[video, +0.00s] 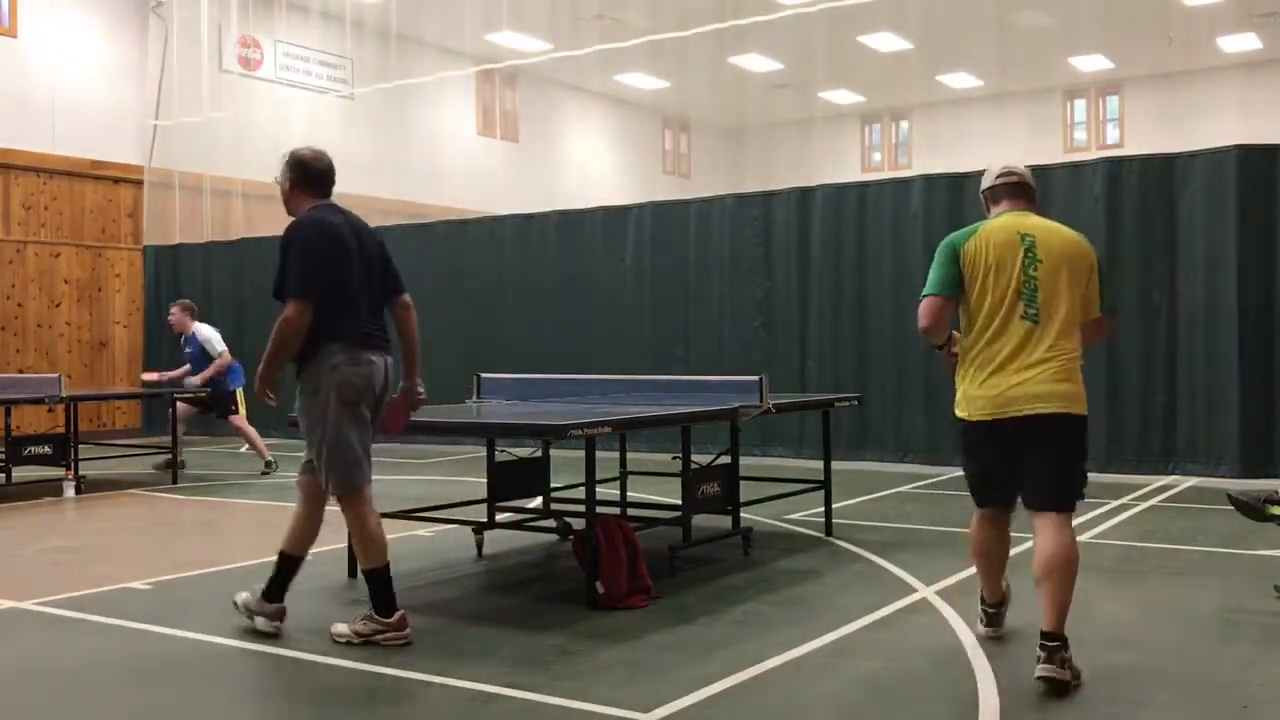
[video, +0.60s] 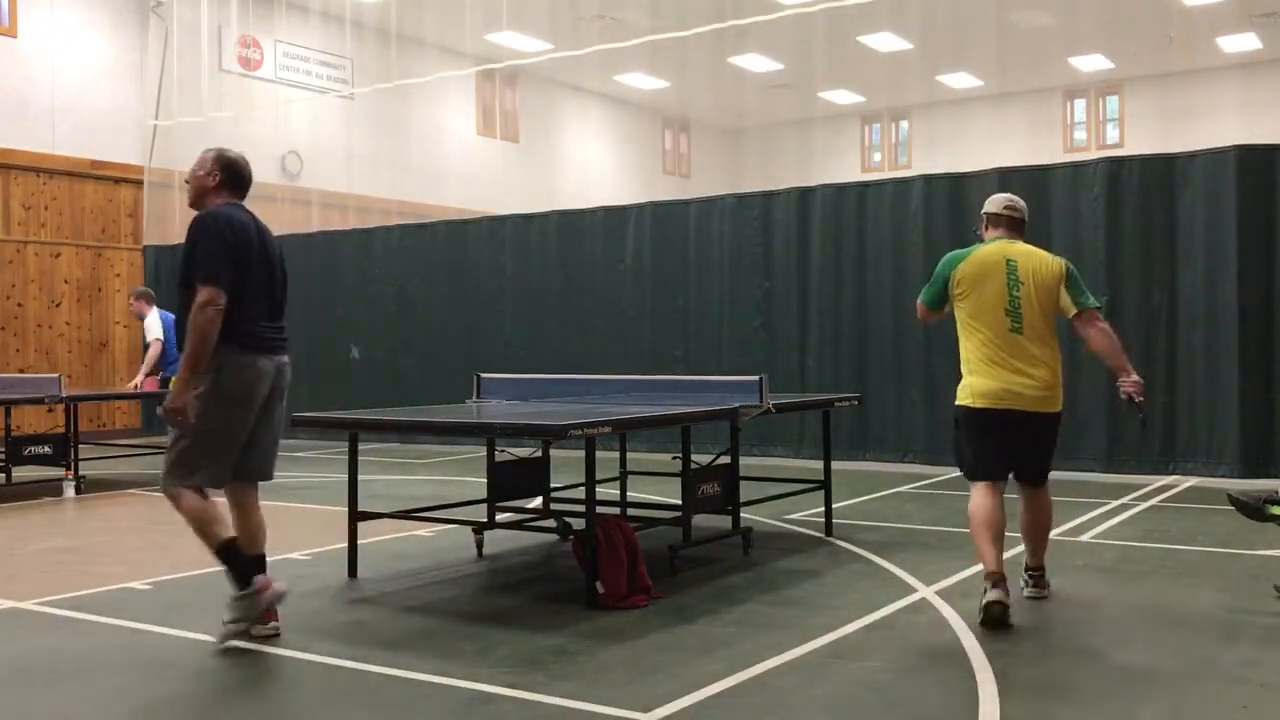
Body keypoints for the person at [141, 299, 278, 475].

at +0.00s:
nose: (169, 319)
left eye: (173, 314)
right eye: (169, 315)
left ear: (187, 315)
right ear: (182, 317)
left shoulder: (204, 332)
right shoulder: (186, 339)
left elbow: (225, 358)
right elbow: (194, 365)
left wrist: (200, 377)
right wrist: (167, 375)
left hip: (230, 383)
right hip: (209, 385)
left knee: (237, 421)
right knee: (177, 411)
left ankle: (268, 460)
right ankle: (176, 458)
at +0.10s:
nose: (164, 320)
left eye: (167, 316)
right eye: (164, 316)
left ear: (180, 315)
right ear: (178, 316)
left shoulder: (198, 331)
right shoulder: (185, 338)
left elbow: (206, 360)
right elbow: (193, 371)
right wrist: (172, 383)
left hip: (226, 382)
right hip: (205, 384)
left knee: (238, 421)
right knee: (178, 414)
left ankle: (268, 459)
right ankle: (187, 459)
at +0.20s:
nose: (156, 320)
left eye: (158, 315)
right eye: (156, 316)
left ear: (171, 314)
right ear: (171, 315)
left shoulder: (187, 329)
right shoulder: (184, 332)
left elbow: (185, 360)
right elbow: (192, 370)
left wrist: (152, 373)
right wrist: (172, 386)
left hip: (221, 385)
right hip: (204, 386)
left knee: (236, 418)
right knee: (176, 414)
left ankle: (265, 457)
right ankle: (186, 458)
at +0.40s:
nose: (142, 314)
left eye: (143, 309)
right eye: (141, 309)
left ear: (155, 308)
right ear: (157, 309)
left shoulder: (167, 322)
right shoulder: (171, 321)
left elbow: (168, 354)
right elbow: (186, 355)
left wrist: (144, 377)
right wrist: (171, 375)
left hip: (198, 374)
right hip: (189, 376)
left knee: (175, 415)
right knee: (175, 414)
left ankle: (187, 458)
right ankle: (186, 458)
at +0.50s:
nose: (137, 311)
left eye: (138, 306)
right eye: (136, 306)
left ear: (149, 305)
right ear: (154, 305)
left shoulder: (160, 320)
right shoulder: (170, 318)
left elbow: (161, 350)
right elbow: (179, 352)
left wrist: (142, 376)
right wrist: (167, 373)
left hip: (184, 374)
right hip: (185, 372)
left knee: (179, 414)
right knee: (179, 414)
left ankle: (186, 458)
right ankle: (184, 457)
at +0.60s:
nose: (131, 309)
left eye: (132, 305)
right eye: (130, 305)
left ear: (142, 303)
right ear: (143, 303)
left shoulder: (151, 319)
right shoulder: (168, 316)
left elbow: (156, 346)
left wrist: (141, 375)